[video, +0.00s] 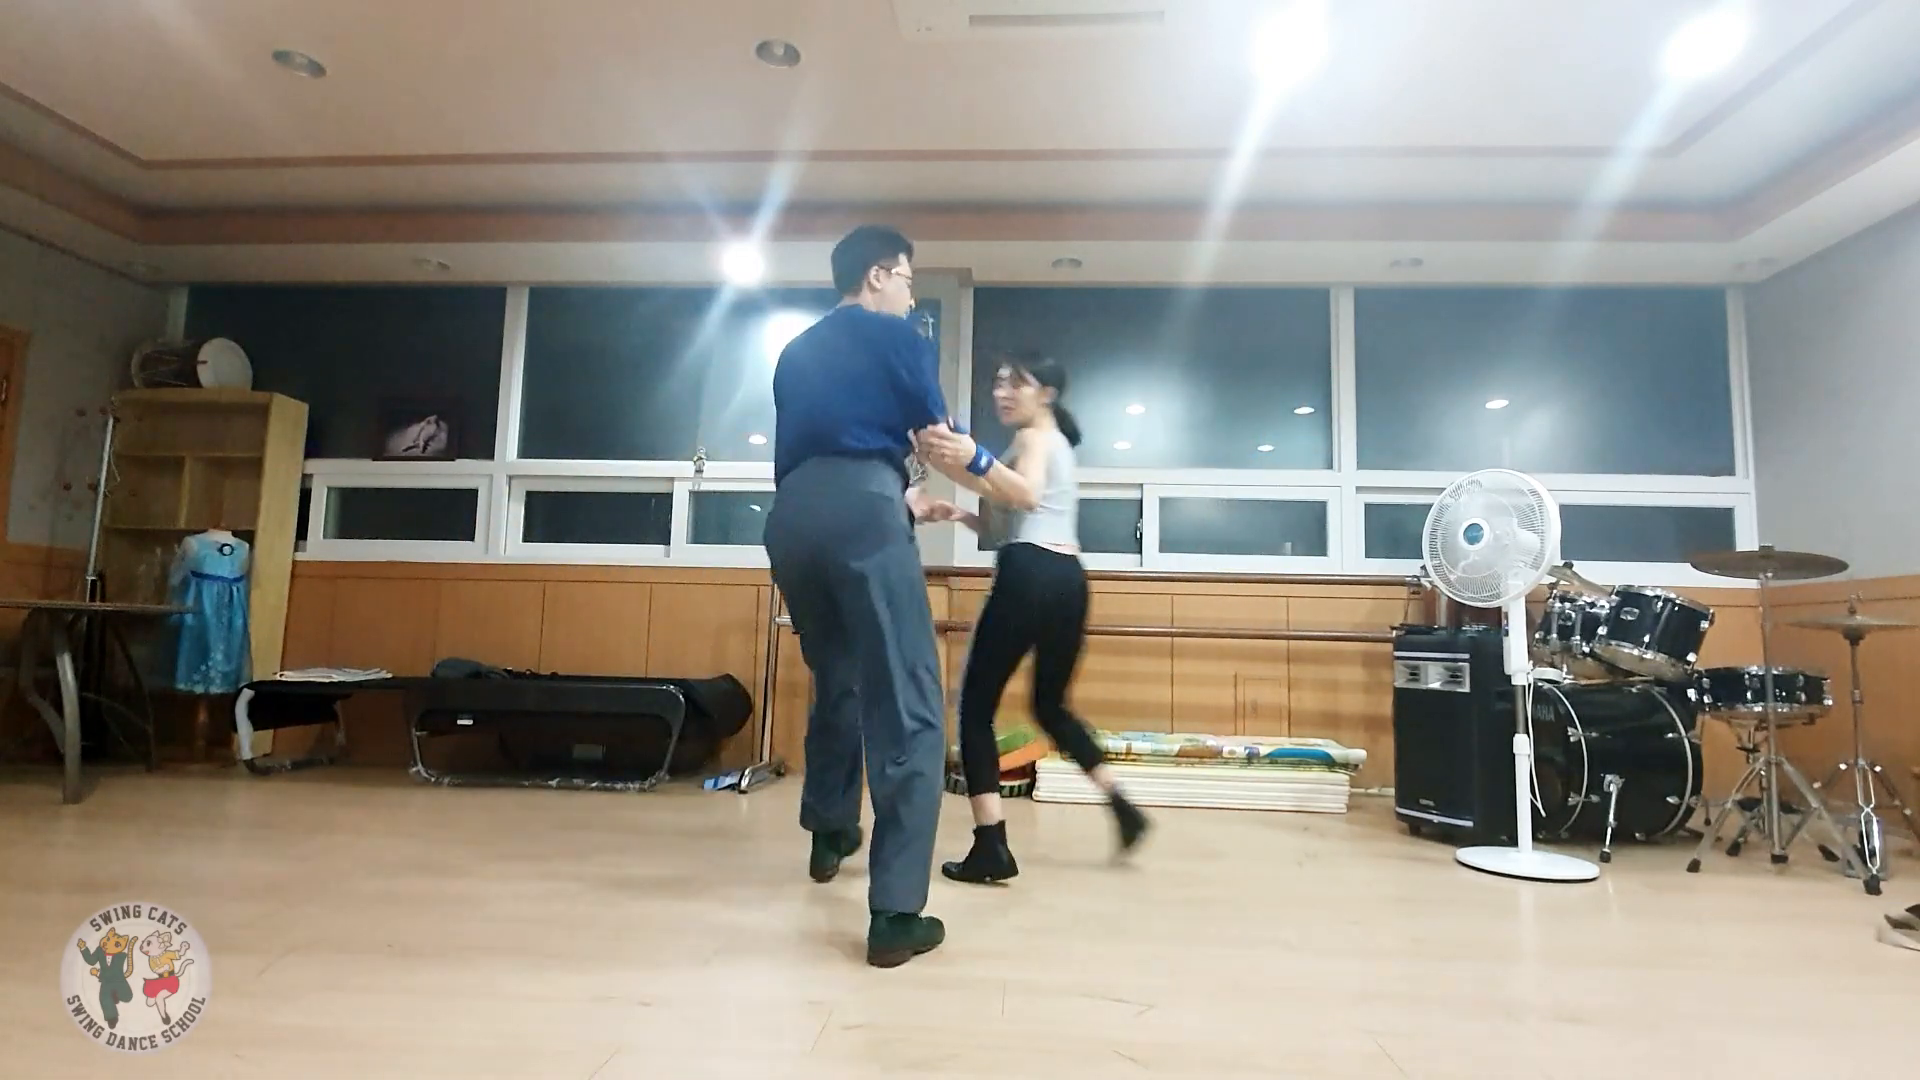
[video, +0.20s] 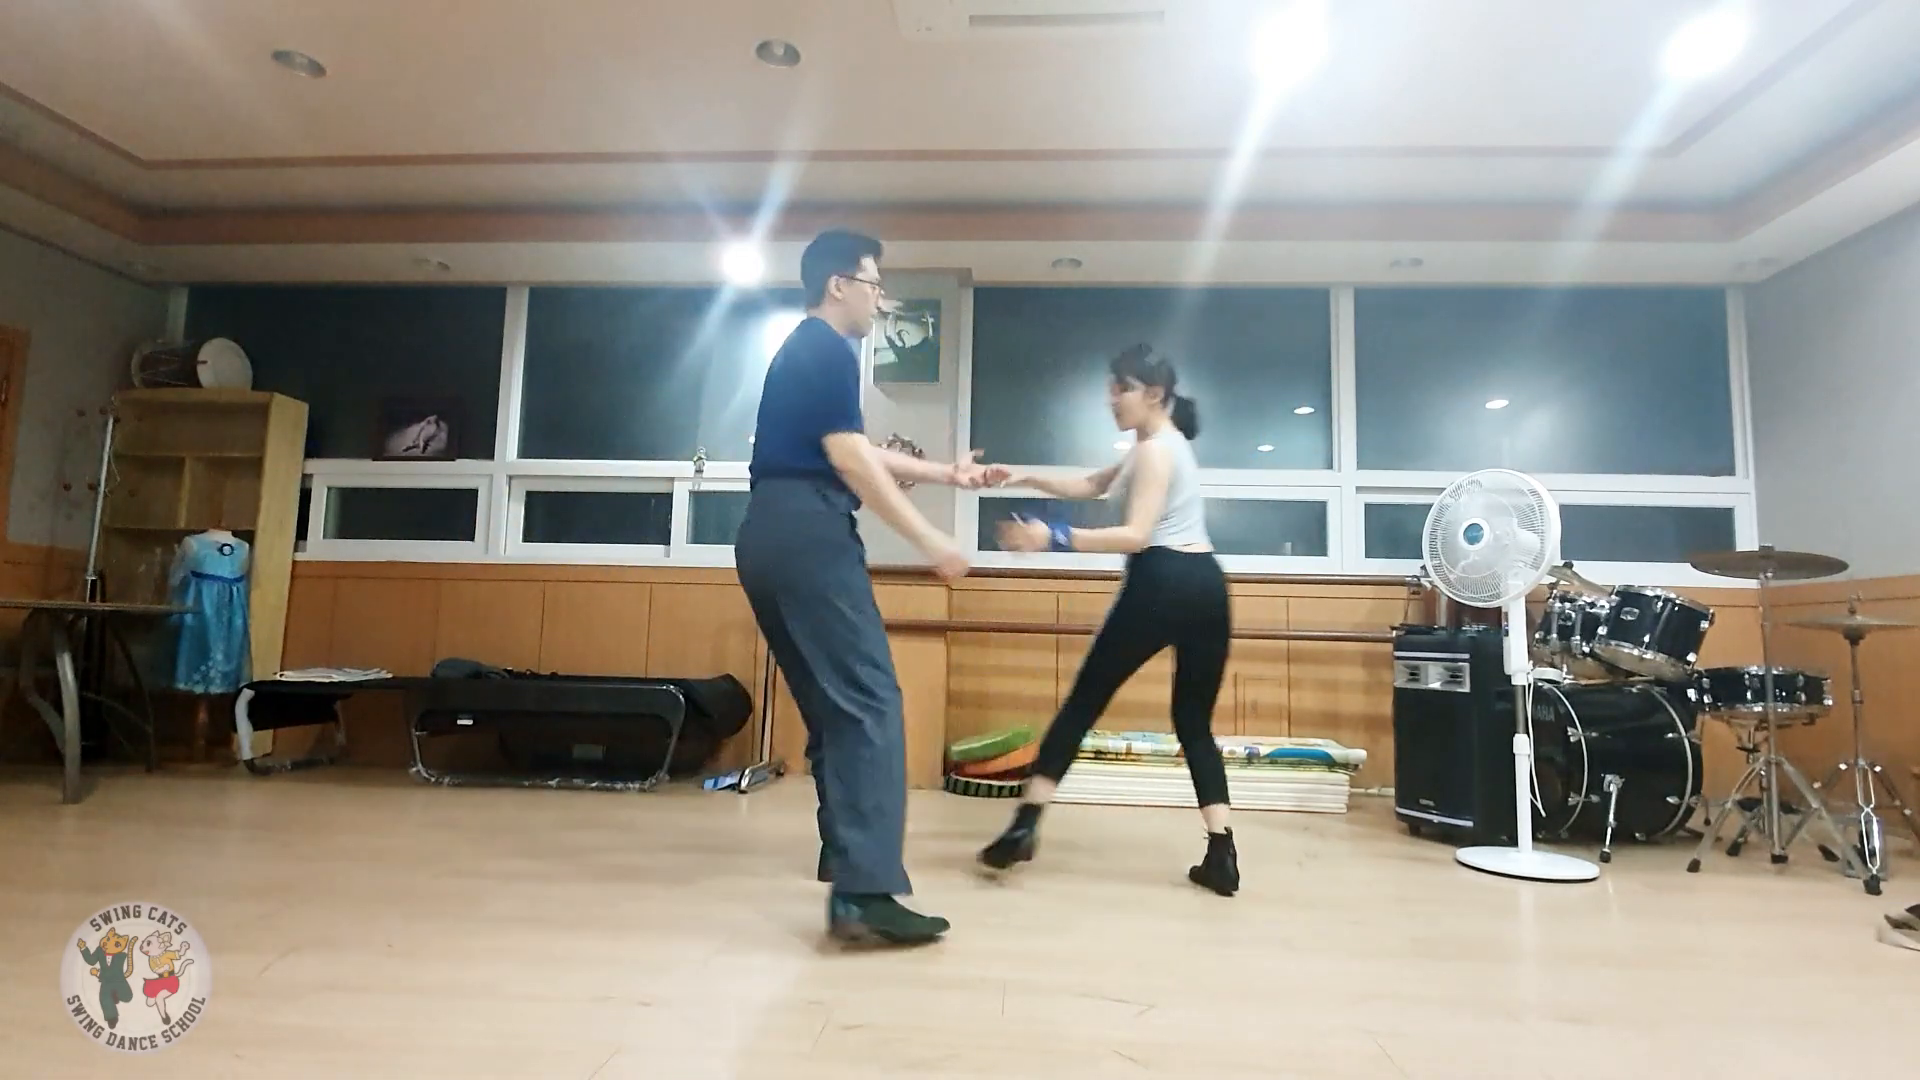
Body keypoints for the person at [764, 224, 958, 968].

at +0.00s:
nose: (910, 293)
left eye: (908, 280)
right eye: (906, 279)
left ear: (845, 280)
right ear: (880, 276)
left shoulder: (795, 352)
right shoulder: (899, 339)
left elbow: (794, 464)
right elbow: (944, 451)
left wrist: (901, 498)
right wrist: (961, 454)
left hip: (792, 508)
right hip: (866, 505)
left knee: (836, 679)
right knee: (908, 704)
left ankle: (830, 835)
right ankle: (896, 912)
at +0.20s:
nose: (883, 295)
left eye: (880, 282)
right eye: (873, 281)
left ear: (834, 287)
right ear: (838, 285)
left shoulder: (803, 349)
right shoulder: (827, 349)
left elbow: (851, 452)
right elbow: (852, 459)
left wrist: (947, 472)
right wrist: (928, 543)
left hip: (771, 535)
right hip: (806, 534)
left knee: (832, 707)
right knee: (870, 701)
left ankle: (845, 859)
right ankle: (867, 890)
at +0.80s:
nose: (816, 317)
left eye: (818, 307)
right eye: (803, 305)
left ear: (813, 317)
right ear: (765, 313)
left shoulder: (820, 401)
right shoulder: (716, 381)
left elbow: (891, 449)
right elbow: (660, 467)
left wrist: (973, 457)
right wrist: (694, 544)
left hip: (773, 553)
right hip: (712, 551)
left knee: (822, 676)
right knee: (756, 685)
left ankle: (809, 831)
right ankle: (727, 830)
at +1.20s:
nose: (799, 353)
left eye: (802, 344)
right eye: (786, 341)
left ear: (800, 355)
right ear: (747, 347)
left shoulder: (796, 436)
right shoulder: (693, 410)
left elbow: (872, 479)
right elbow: (635, 489)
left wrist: (954, 483)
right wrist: (684, 544)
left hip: (722, 578)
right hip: (659, 568)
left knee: (782, 671)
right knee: (724, 684)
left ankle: (763, 829)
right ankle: (745, 841)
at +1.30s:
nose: (788, 362)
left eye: (791, 353)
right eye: (775, 350)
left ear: (789, 362)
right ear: (736, 357)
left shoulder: (784, 444)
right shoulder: (682, 419)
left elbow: (856, 485)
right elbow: (628, 499)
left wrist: (942, 492)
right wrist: (684, 547)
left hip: (708, 587)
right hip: (648, 576)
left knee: (769, 679)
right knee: (719, 685)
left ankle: (699, 804)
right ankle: (744, 840)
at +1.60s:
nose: (742, 360)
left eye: (749, 353)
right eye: (728, 347)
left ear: (751, 367)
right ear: (695, 356)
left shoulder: (738, 445)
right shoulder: (647, 416)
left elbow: (806, 483)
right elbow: (613, 497)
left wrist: (883, 489)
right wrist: (687, 533)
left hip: (658, 582)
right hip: (600, 572)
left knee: (713, 693)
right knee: (677, 685)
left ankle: (644, 821)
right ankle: (730, 830)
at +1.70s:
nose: (728, 357)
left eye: (733, 352)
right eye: (716, 345)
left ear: (733, 367)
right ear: (679, 350)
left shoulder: (721, 439)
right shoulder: (630, 411)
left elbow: (779, 477)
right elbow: (609, 490)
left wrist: (853, 480)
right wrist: (689, 519)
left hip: (642, 576)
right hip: (586, 567)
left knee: (703, 683)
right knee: (669, 675)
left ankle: (648, 820)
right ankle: (655, 825)